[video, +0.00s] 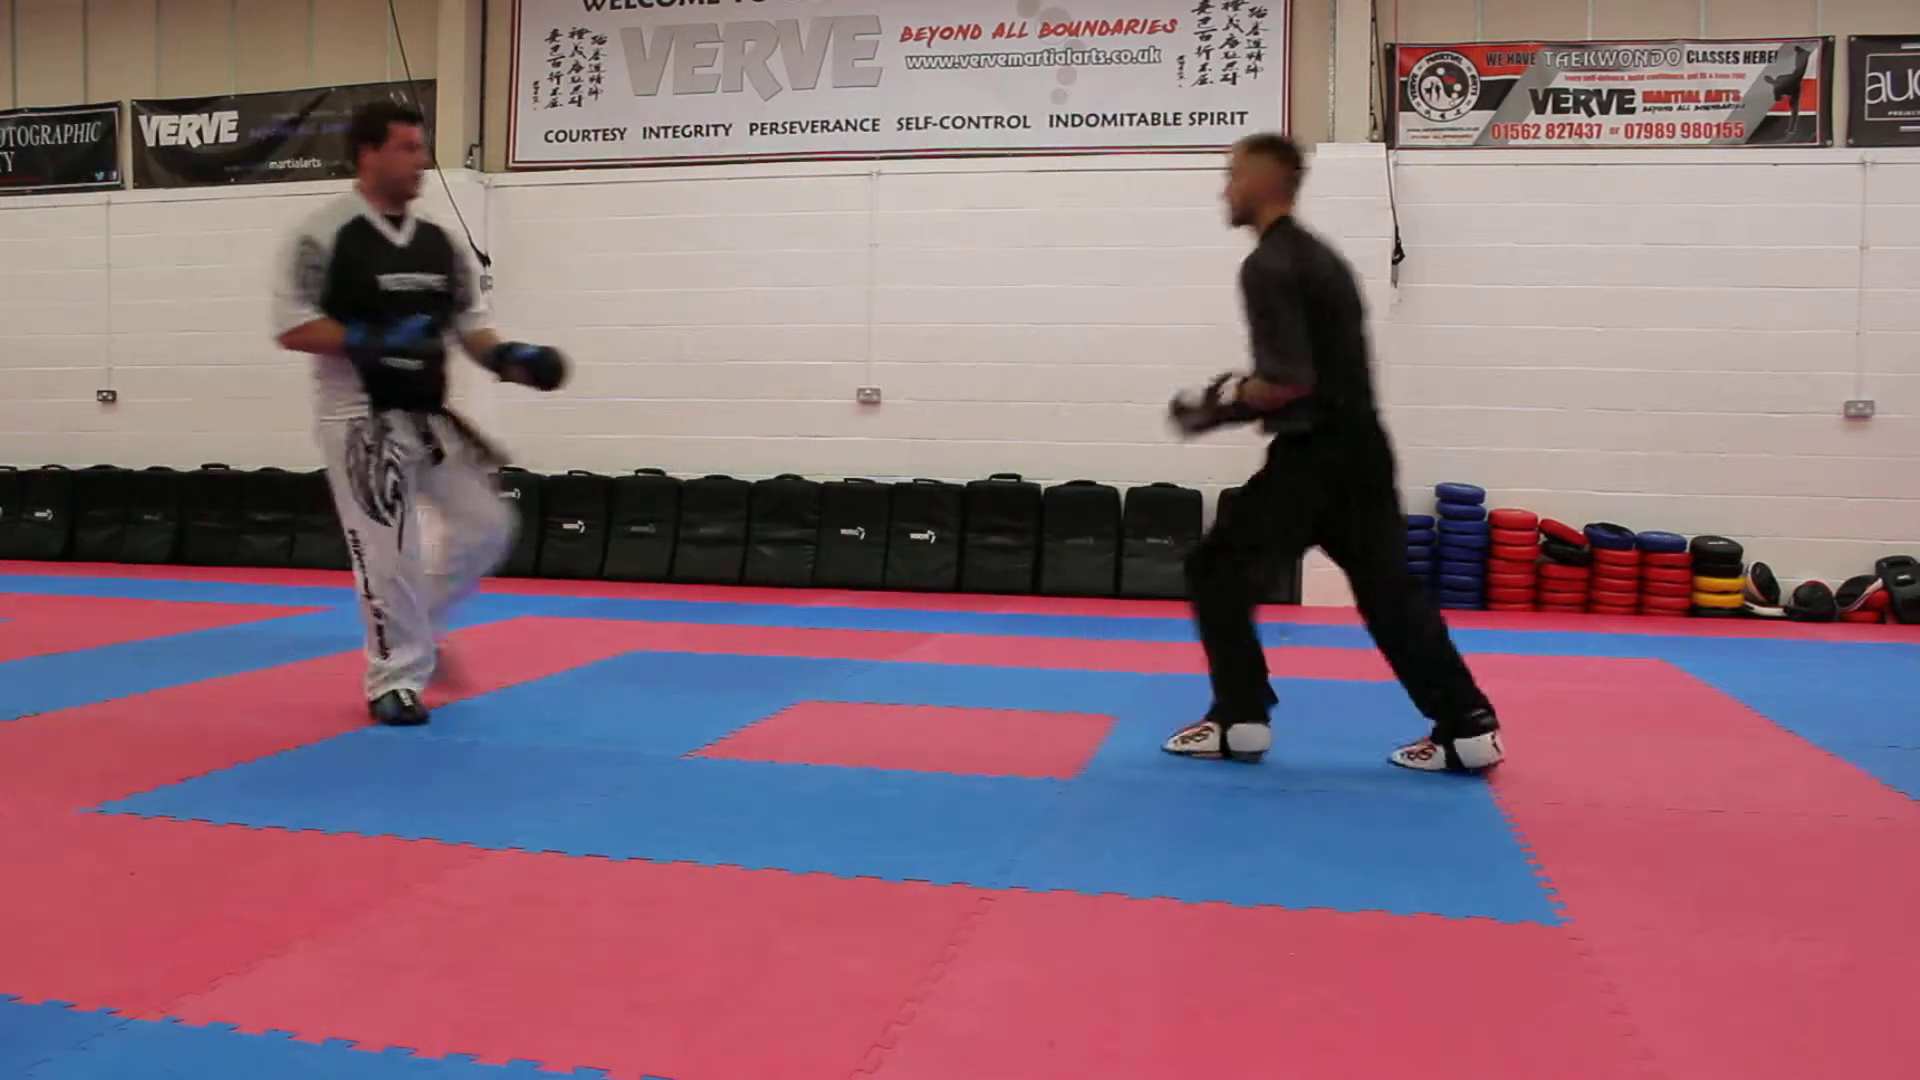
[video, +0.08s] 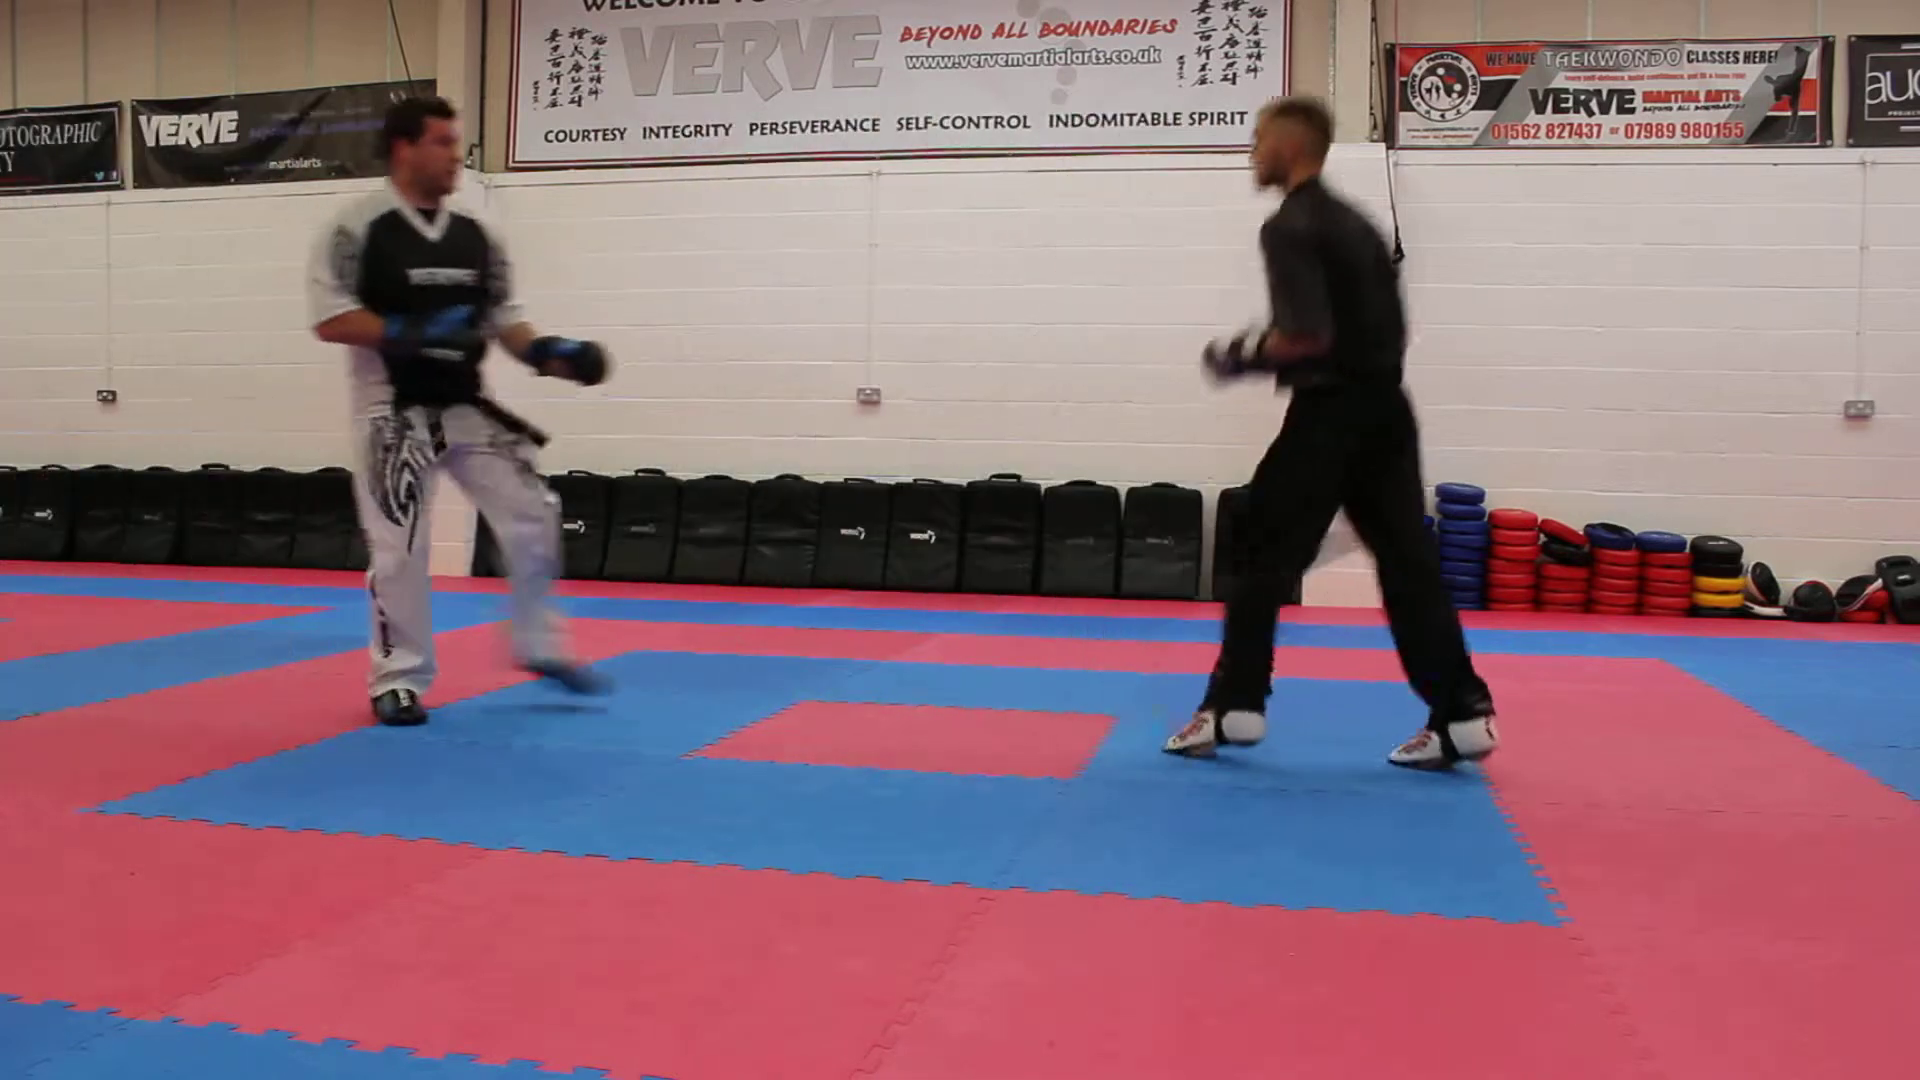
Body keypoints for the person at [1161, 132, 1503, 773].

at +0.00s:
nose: (1225, 187)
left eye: (1236, 173)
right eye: (1228, 173)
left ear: (1273, 183)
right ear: (1283, 186)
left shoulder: (1270, 265)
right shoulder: (1324, 260)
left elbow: (1287, 381)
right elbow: (1314, 382)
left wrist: (1237, 394)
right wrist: (1230, 408)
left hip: (1308, 466)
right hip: (1360, 463)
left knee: (1216, 571)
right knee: (1390, 598)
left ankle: (1240, 718)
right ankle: (1468, 728)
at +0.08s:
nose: (1251, 151)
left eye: (1261, 139)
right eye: (1255, 139)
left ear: (1293, 146)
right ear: (1307, 149)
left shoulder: (1289, 228)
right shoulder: (1358, 225)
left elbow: (1309, 337)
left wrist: (1243, 352)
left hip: (1324, 422)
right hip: (1382, 418)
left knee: (1262, 550)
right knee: (1409, 564)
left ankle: (1235, 705)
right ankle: (1462, 714)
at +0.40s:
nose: (1336, 157)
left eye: (1346, 145)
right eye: (1339, 145)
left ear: (1378, 154)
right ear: (1398, 156)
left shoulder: (1361, 240)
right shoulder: (1455, 241)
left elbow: (1359, 357)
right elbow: (1472, 356)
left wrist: (1298, 362)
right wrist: (1382, 350)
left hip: (1375, 442)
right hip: (1449, 440)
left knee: (1302, 567)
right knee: (1474, 582)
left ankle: (1262, 729)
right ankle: (1516, 742)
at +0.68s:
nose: (1323, 148)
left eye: (1331, 136)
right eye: (1327, 135)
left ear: (1363, 144)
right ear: (1390, 149)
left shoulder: (1321, 227)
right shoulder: (1446, 233)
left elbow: (1285, 333)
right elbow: (1456, 344)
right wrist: (1384, 332)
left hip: (1342, 424)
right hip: (1420, 424)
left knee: (1308, 575)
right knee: (1421, 564)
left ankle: (1270, 730)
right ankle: (1441, 698)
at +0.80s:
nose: (1325, 178)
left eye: (1333, 167)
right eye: (1329, 166)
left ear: (1365, 174)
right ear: (1388, 179)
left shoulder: (1313, 253)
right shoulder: (1437, 267)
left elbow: (1282, 354)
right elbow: (1458, 375)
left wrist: (1263, 377)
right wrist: (1393, 383)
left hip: (1310, 442)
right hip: (1387, 447)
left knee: (1264, 551)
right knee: (1390, 573)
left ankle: (1249, 683)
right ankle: (1405, 720)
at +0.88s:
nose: (1317, 184)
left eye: (1327, 173)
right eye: (1321, 172)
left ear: (1363, 181)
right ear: (1377, 185)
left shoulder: (1309, 248)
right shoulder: (1417, 270)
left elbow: (1271, 311)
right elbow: (1422, 375)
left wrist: (1222, 334)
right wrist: (1362, 357)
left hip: (1274, 428)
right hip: (1348, 443)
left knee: (1219, 524)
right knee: (1374, 579)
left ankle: (1188, 611)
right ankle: (1401, 726)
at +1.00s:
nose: (1270, 149)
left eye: (1280, 138)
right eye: (1274, 137)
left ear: (1308, 145)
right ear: (1330, 150)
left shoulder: (1276, 209)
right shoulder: (1365, 234)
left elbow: (1187, 235)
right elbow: (1352, 344)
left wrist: (1119, 216)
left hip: (1218, 372)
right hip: (1282, 405)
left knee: (1132, 389)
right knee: (1310, 552)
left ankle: (1083, 474)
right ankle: (1348, 708)